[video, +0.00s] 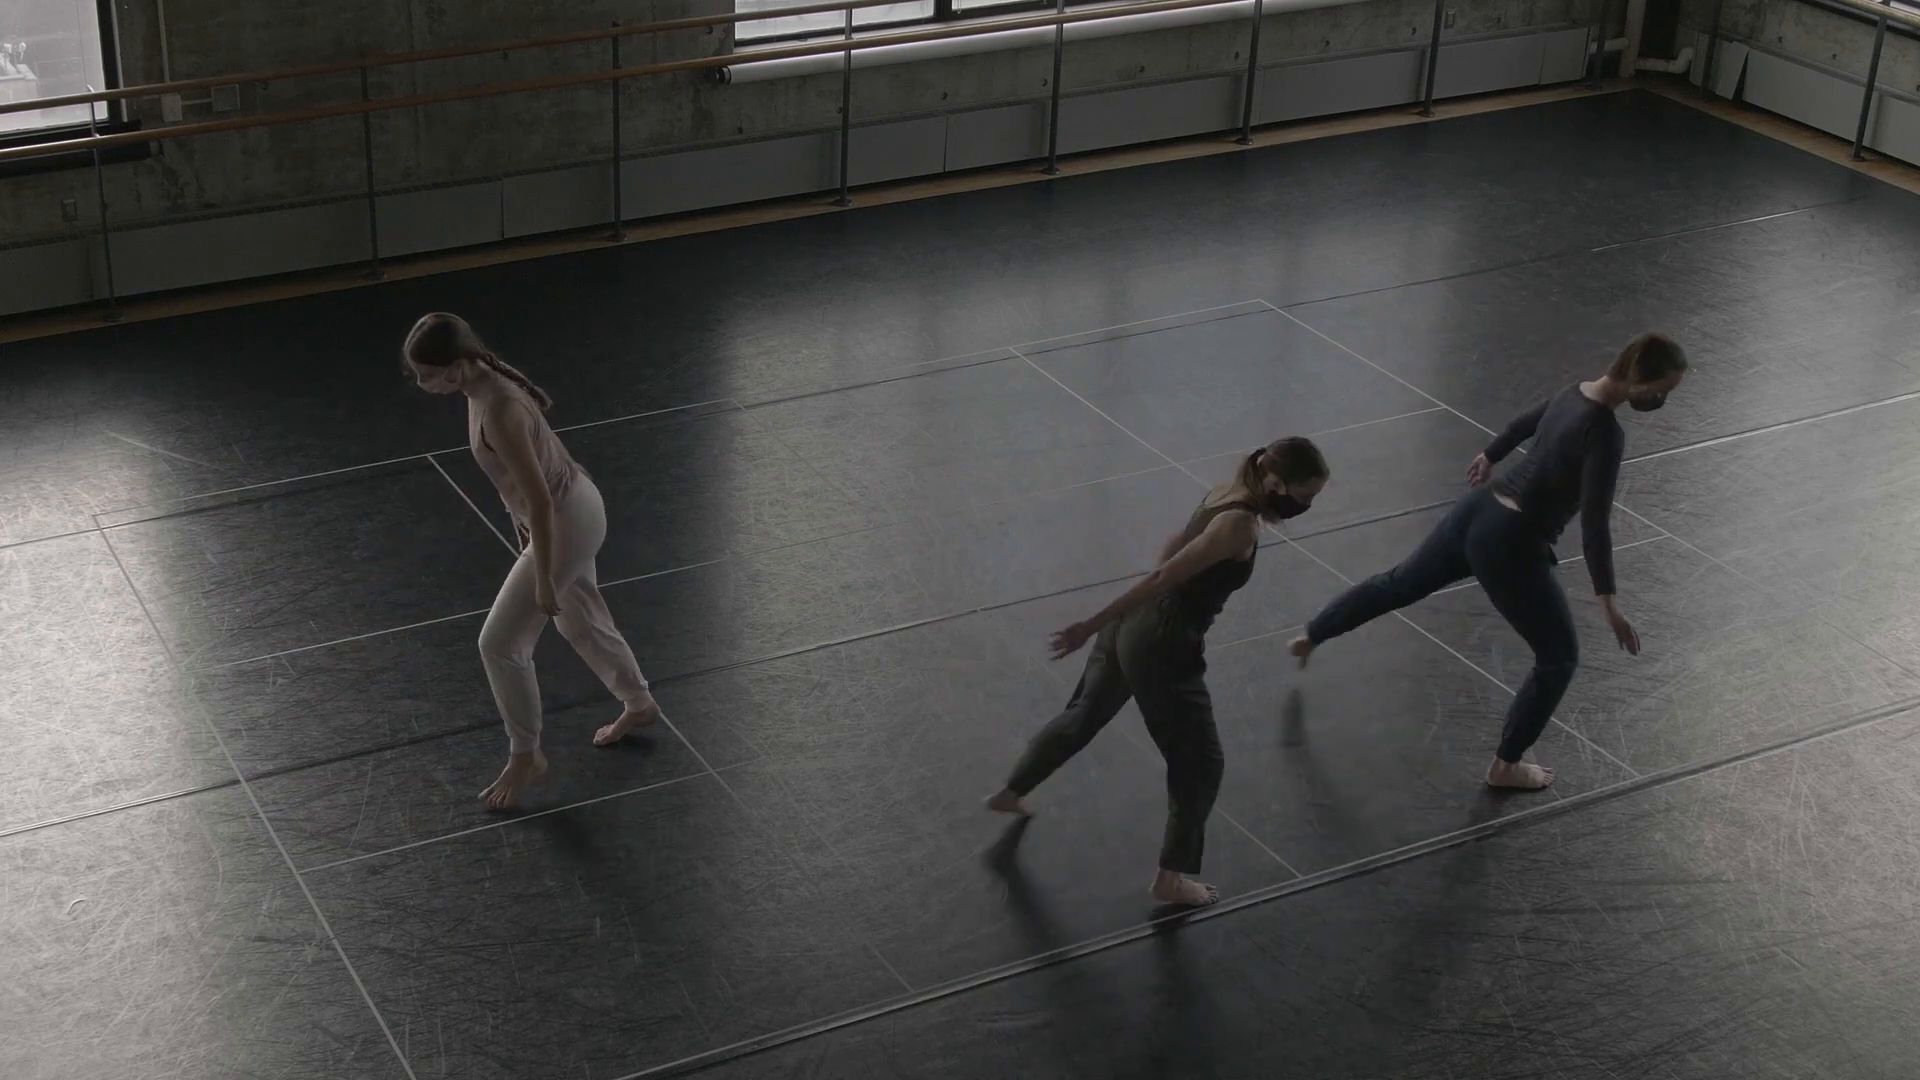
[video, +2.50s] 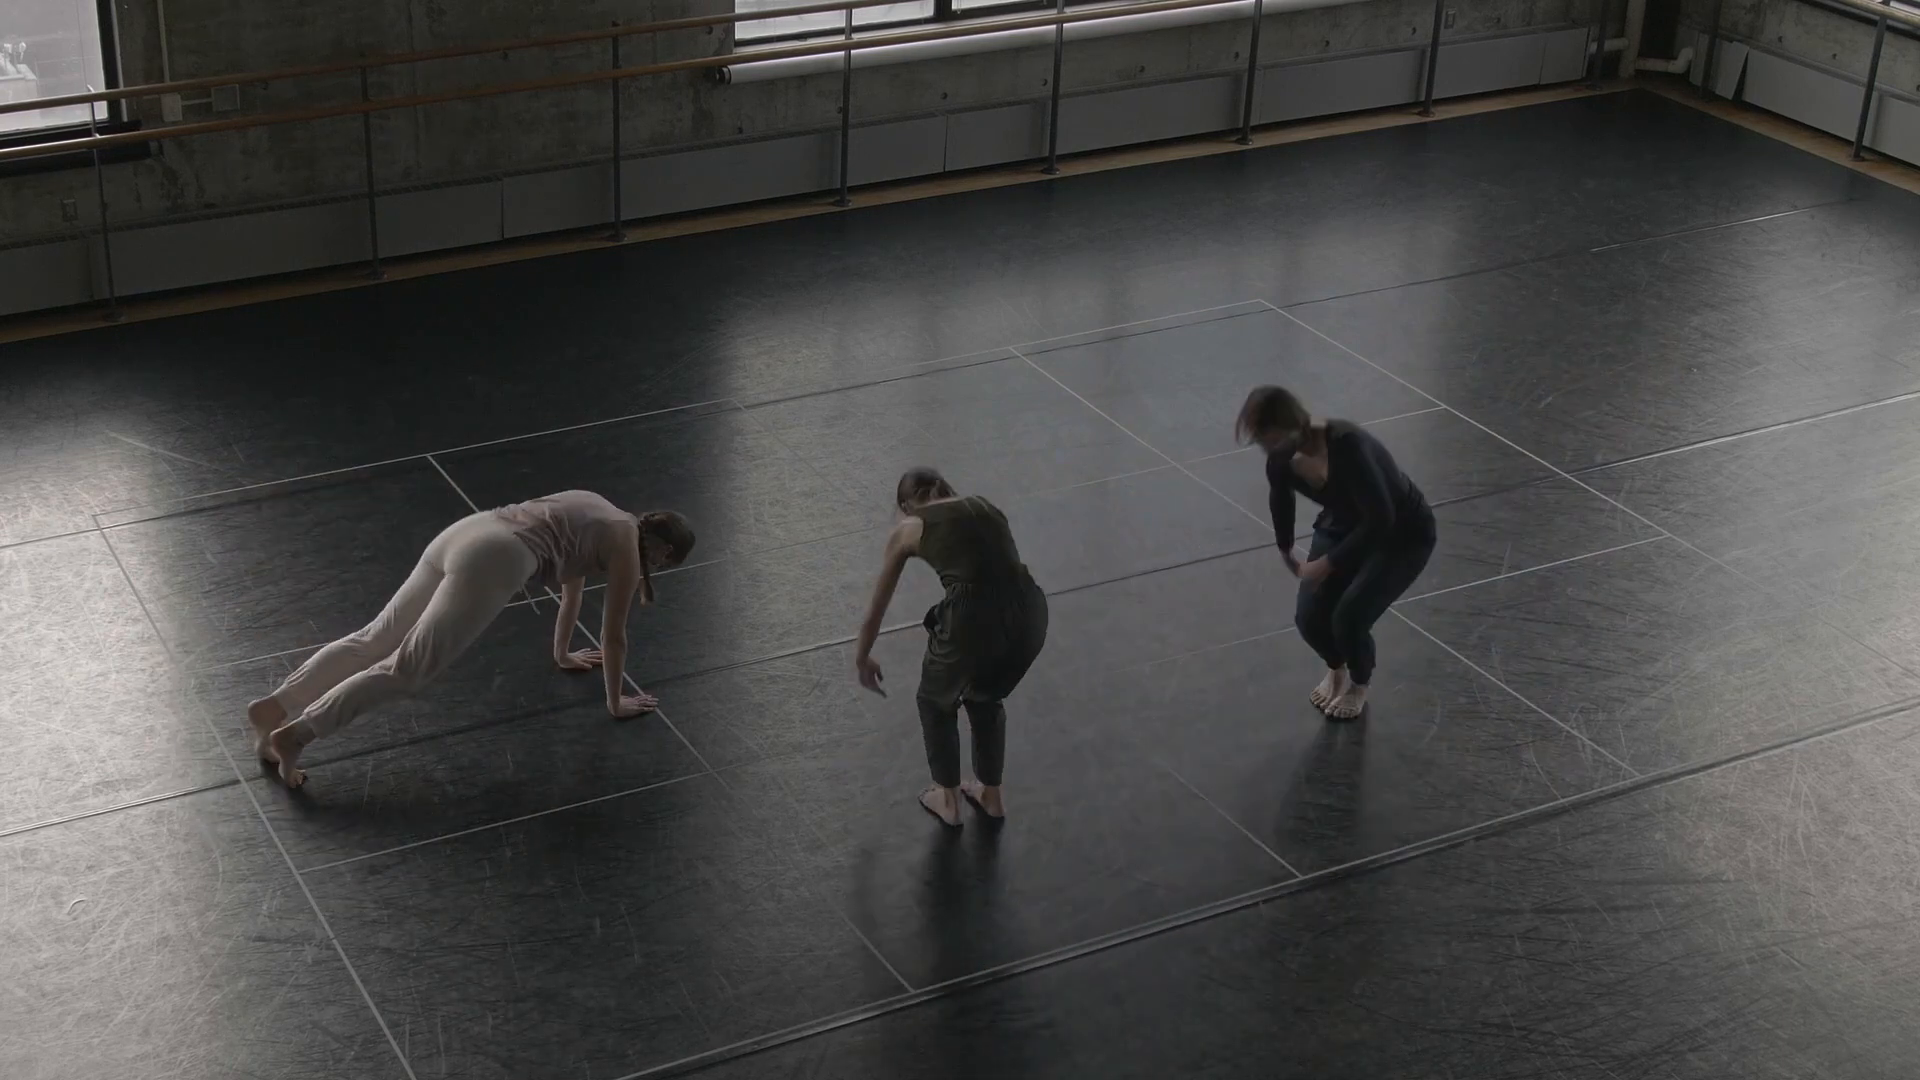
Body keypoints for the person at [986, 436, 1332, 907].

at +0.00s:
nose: (1302, 509)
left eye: (1307, 502)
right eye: (1301, 500)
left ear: (1267, 472)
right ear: (1271, 481)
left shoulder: (1229, 495)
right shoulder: (1237, 527)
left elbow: (1174, 548)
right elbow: (1162, 579)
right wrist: (1091, 625)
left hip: (1130, 626)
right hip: (1164, 650)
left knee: (1083, 716)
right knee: (1199, 761)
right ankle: (1173, 876)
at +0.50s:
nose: (1163, 570)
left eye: (1165, 562)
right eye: (1164, 563)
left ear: (1123, 541)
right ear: (1160, 559)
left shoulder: (1069, 581)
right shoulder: (1159, 607)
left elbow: (1030, 656)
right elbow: (1196, 695)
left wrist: (1041, 721)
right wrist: (1219, 746)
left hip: (1098, 746)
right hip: (1160, 734)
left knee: (1039, 855)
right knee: (1156, 795)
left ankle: (972, 980)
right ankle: (1207, 889)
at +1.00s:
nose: (923, 645)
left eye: (921, 637)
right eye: (924, 636)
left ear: (927, 634)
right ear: (961, 621)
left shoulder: (930, 664)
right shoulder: (997, 636)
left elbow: (892, 727)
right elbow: (1023, 720)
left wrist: (866, 764)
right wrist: (994, 798)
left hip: (1033, 712)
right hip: (1081, 698)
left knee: (1008, 837)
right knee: (1107, 820)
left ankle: (975, 971)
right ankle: (1222, 853)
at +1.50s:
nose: (858, 603)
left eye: (857, 597)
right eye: (857, 597)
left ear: (861, 588)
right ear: (890, 564)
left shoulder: (864, 600)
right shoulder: (933, 570)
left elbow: (860, 698)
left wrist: (873, 768)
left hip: (936, 644)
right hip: (992, 627)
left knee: (943, 772)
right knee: (1040, 748)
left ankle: (967, 861)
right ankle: (1107, 838)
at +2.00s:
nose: (871, 620)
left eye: (871, 614)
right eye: (869, 615)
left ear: (879, 605)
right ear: (907, 584)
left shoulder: (880, 615)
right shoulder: (956, 587)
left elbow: (857, 711)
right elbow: (972, 653)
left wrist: (873, 769)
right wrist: (961, 724)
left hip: (937, 665)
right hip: (1005, 654)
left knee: (903, 701)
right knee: (964, 690)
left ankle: (941, 791)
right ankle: (993, 782)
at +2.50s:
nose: (907, 515)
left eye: (905, 510)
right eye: (907, 510)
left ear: (910, 506)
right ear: (946, 489)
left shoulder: (910, 528)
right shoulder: (985, 507)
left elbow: (878, 604)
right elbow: (1004, 569)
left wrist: (862, 656)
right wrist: (956, 613)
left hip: (972, 623)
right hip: (1028, 616)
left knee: (934, 699)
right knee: (984, 696)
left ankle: (948, 798)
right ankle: (992, 793)